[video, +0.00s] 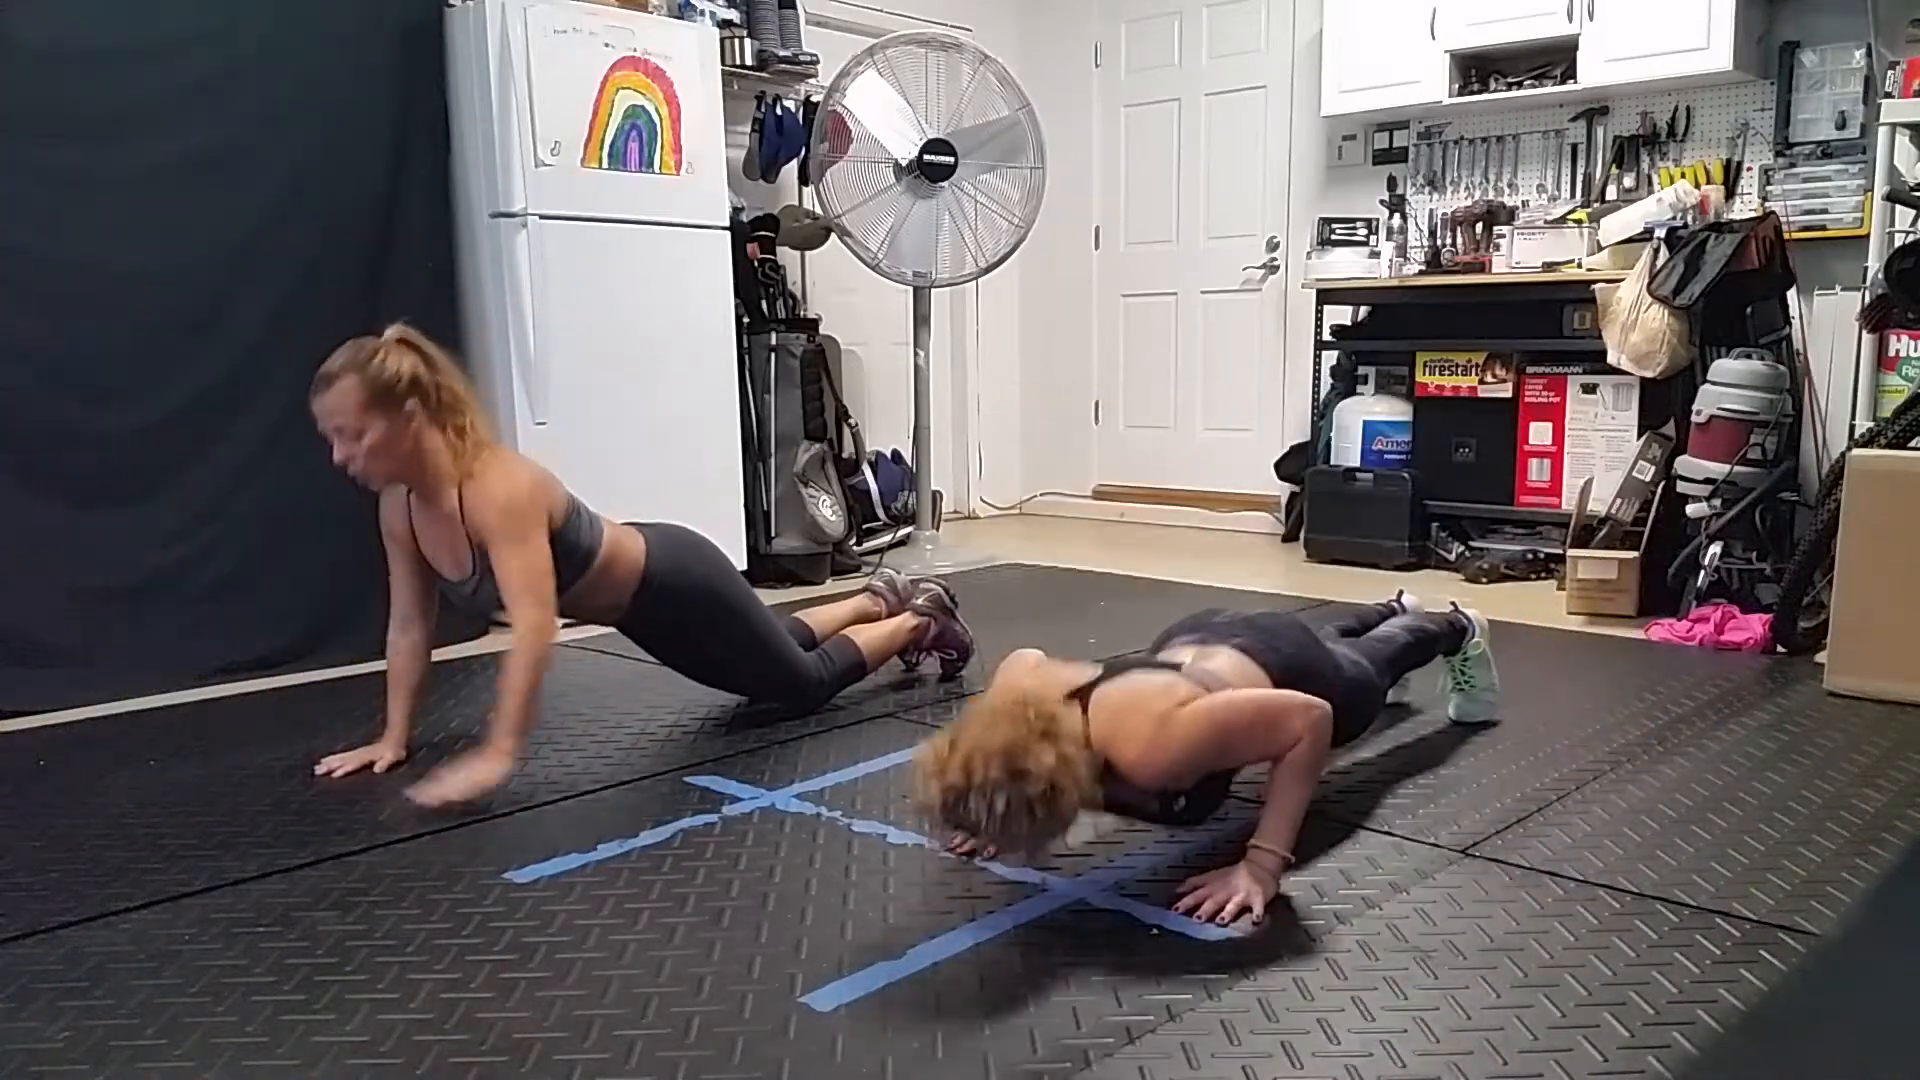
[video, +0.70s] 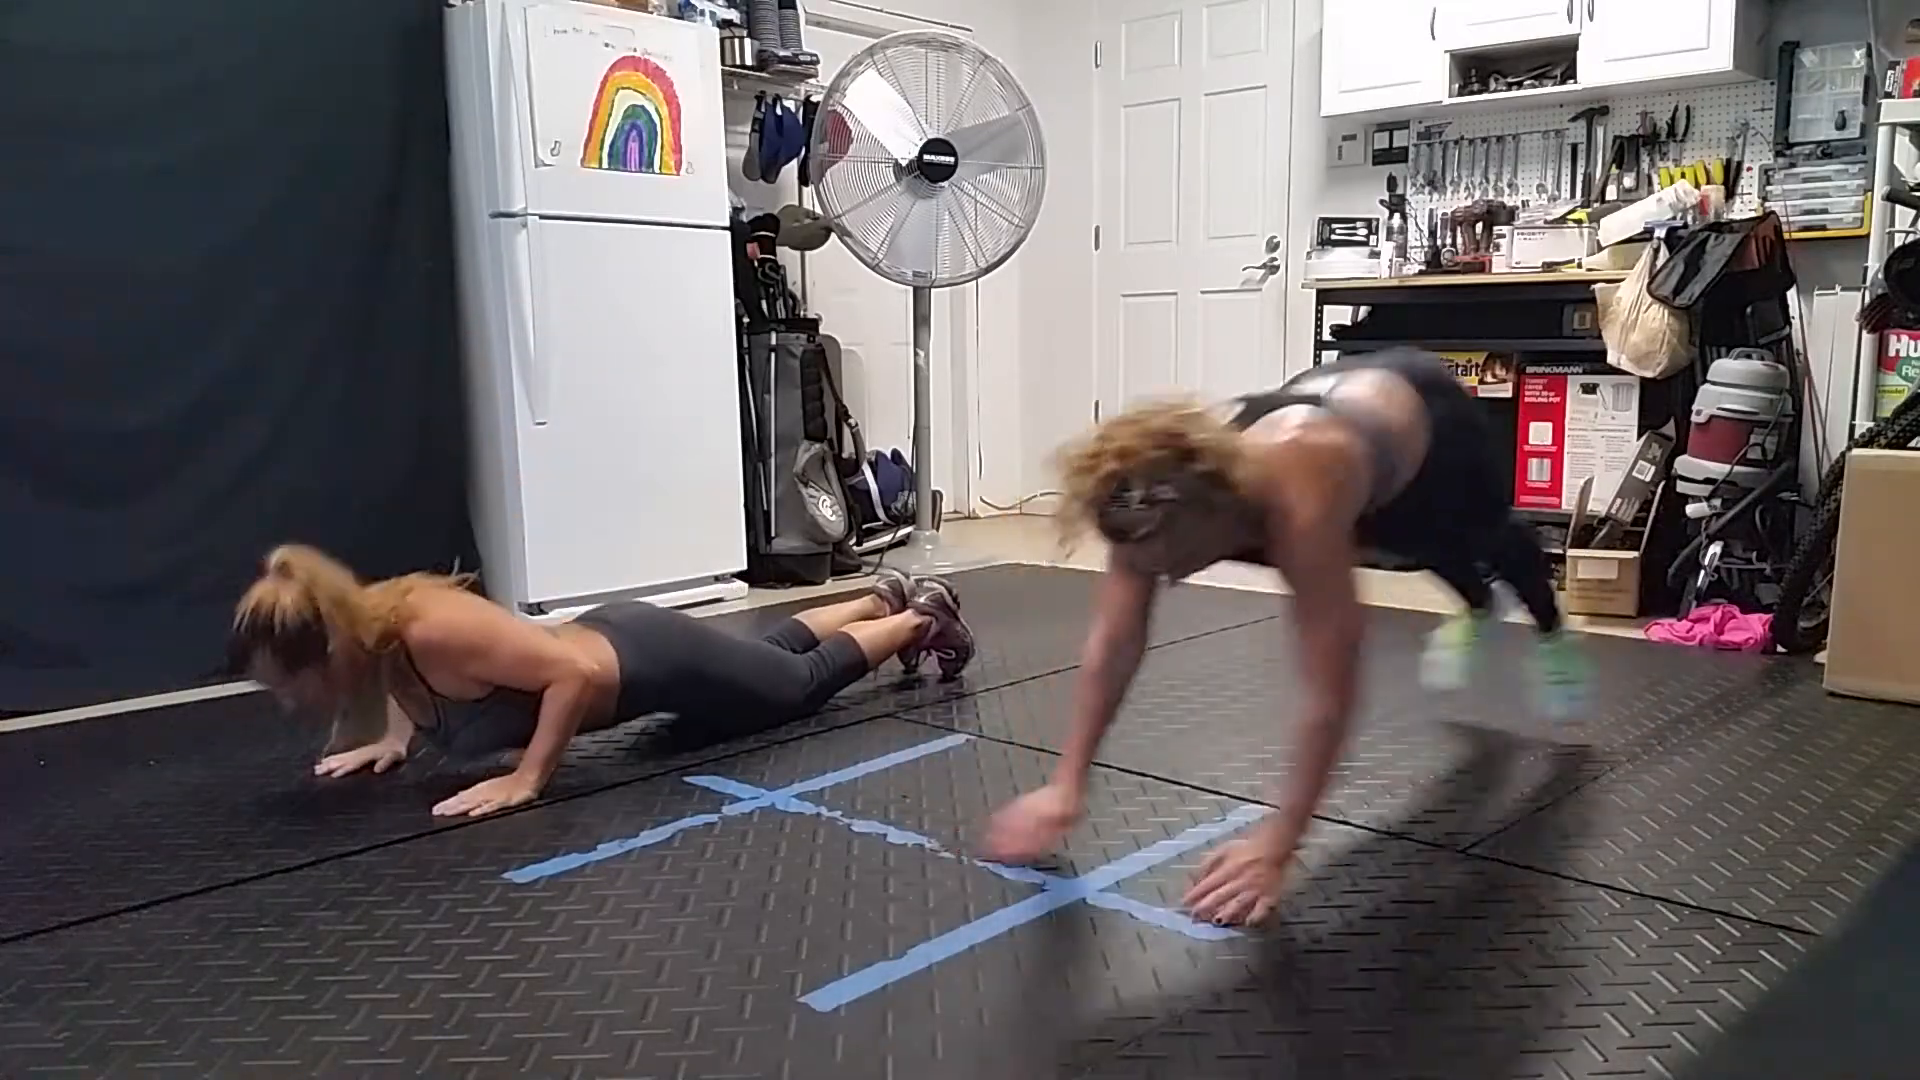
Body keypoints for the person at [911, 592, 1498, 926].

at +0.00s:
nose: (971, 849)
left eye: (985, 842)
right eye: (960, 836)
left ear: (1041, 810)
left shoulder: (1162, 744)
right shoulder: (1020, 694)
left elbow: (1308, 725)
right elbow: (1027, 657)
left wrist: (1260, 864)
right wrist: (997, 807)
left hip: (1283, 667)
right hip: (1194, 644)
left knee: (1377, 657)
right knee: (1312, 628)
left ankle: (1442, 622)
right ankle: (1395, 607)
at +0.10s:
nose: (1006, 776)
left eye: (1011, 765)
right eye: (989, 773)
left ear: (1034, 742)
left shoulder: (1148, 696)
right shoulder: (1029, 680)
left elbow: (1308, 721)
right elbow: (1019, 720)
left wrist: (1262, 863)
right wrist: (1025, 800)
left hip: (1287, 643)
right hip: (1200, 616)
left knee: (1385, 658)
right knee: (1324, 619)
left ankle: (1450, 623)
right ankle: (1393, 603)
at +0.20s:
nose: (1024, 711)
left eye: (1029, 695)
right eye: (1009, 704)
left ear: (1053, 672)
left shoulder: (1156, 642)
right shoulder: (1028, 637)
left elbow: (1304, 714)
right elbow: (1023, 706)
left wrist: (1263, 858)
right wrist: (1024, 799)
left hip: (1294, 628)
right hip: (1219, 611)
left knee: (1378, 702)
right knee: (1324, 628)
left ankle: (1454, 624)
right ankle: (1390, 608)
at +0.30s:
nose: (1036, 663)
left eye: (1046, 645)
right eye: (1025, 652)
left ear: (1081, 608)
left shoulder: (1187, 596)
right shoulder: (1048, 607)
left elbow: (1308, 713)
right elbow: (1033, 689)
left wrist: (1262, 861)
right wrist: (1024, 801)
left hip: (1307, 645)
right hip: (1232, 653)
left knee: (1381, 727)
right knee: (1326, 628)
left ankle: (1468, 627)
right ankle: (1387, 611)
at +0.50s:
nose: (1096, 616)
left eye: (1106, 599)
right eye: (1083, 602)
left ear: (1139, 556)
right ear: (1065, 574)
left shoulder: (1234, 550)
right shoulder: (1077, 558)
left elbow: (1316, 722)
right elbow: (1049, 674)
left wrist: (1264, 858)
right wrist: (1026, 801)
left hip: (1353, 599)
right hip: (1272, 609)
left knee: (1407, 688)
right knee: (1351, 660)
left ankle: (1476, 634)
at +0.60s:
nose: (1114, 593)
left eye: (1123, 576)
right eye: (1100, 579)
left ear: (1158, 537)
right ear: (1083, 555)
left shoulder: (1252, 530)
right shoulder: (1099, 541)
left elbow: (1305, 717)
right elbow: (1072, 674)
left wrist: (1264, 858)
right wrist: (1028, 799)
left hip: (1401, 493)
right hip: (1327, 491)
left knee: (1455, 581)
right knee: (1392, 583)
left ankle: (1499, 634)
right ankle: (1426, 626)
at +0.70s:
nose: (1148, 575)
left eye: (1155, 554)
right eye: (1134, 560)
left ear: (1191, 511)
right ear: (1147, 506)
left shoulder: (1297, 490)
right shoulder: (1150, 499)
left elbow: (1332, 692)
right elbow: (1114, 645)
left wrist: (1277, 843)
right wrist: (1065, 786)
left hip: (1428, 411)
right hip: (1347, 409)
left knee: (1489, 535)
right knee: (1419, 543)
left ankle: (1551, 622)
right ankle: (1476, 603)